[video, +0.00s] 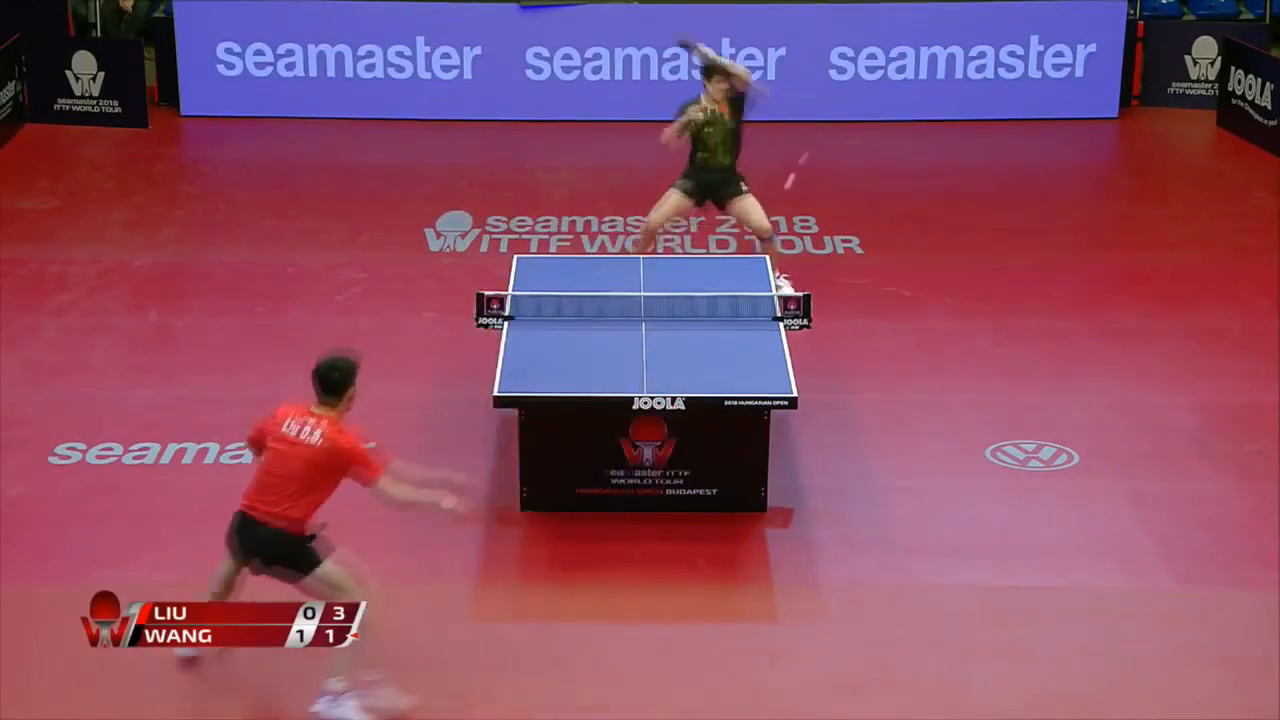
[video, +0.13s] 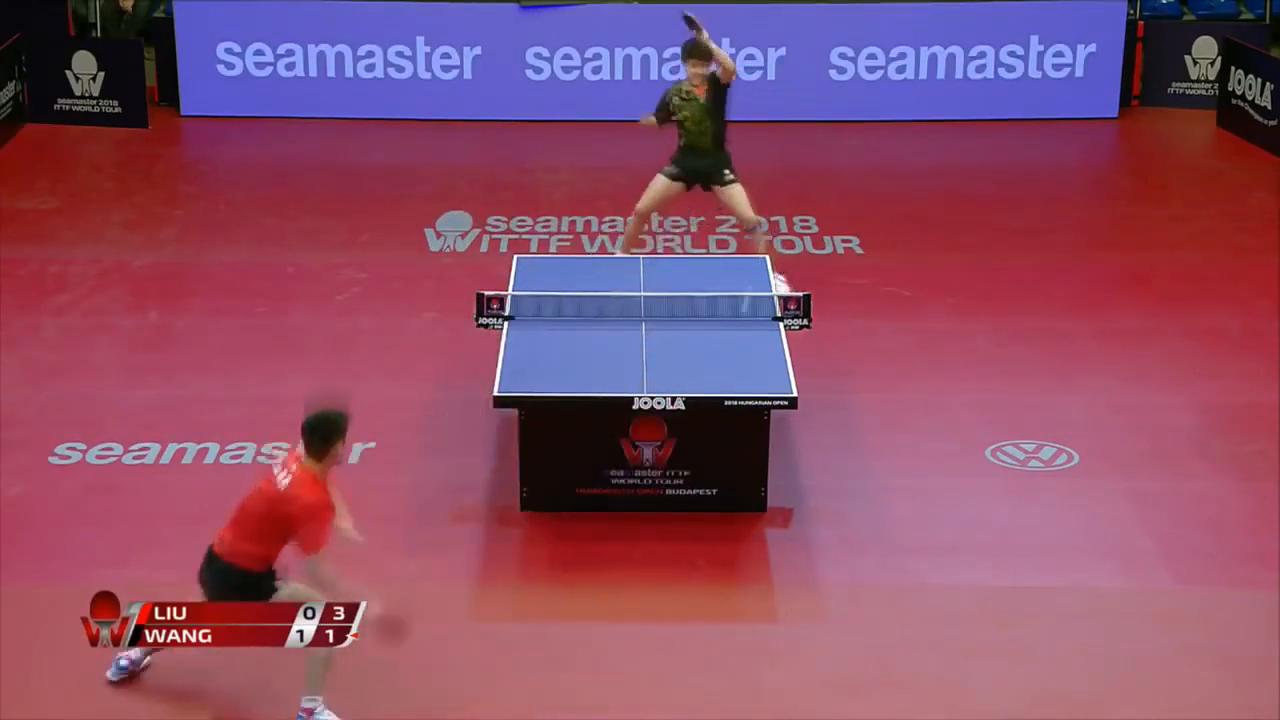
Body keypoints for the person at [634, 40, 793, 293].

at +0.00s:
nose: (724, 87)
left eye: (726, 81)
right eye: (718, 82)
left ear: (731, 83)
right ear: (706, 83)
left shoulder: (734, 104)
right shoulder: (693, 108)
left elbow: (744, 78)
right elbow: (667, 141)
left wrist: (711, 57)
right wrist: (687, 120)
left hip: (727, 180)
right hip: (695, 179)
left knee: (764, 228)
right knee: (650, 224)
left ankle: (775, 278)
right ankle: (639, 273)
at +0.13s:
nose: (698, 69)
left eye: (702, 64)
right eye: (694, 63)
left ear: (708, 65)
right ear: (684, 65)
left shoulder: (717, 85)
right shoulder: (675, 92)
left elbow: (729, 68)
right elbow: (660, 118)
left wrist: (707, 41)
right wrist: (644, 120)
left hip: (717, 163)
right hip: (684, 162)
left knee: (751, 221)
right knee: (641, 210)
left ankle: (769, 275)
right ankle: (620, 259)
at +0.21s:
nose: (682, 72)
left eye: (687, 67)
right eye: (677, 67)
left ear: (694, 68)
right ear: (669, 68)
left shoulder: (704, 87)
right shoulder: (663, 94)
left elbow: (730, 87)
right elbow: (656, 120)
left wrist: (711, 67)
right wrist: (637, 129)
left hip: (707, 161)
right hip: (676, 162)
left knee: (735, 218)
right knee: (638, 211)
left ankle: (749, 264)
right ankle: (623, 258)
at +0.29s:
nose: (667, 84)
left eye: (672, 79)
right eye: (663, 79)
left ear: (680, 80)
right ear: (655, 80)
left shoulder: (690, 100)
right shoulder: (649, 107)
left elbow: (725, 115)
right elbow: (650, 131)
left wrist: (711, 101)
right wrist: (636, 141)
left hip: (697, 171)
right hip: (668, 172)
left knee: (715, 224)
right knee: (627, 212)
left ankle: (737, 267)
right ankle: (630, 261)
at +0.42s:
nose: (647, 83)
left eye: (652, 78)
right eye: (643, 77)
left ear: (659, 80)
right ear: (635, 78)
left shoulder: (670, 105)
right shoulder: (622, 103)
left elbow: (701, 128)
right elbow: (618, 128)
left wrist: (695, 130)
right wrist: (614, 131)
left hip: (670, 171)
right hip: (640, 169)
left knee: (697, 219)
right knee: (600, 208)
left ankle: (729, 260)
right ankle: (628, 253)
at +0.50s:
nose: (634, 74)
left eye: (639, 69)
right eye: (630, 68)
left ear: (647, 71)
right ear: (623, 69)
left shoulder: (656, 100)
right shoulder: (606, 91)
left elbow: (680, 126)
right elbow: (581, 109)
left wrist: (678, 139)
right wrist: (599, 121)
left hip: (644, 162)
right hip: (611, 160)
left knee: (676, 210)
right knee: (577, 206)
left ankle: (701, 259)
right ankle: (614, 245)